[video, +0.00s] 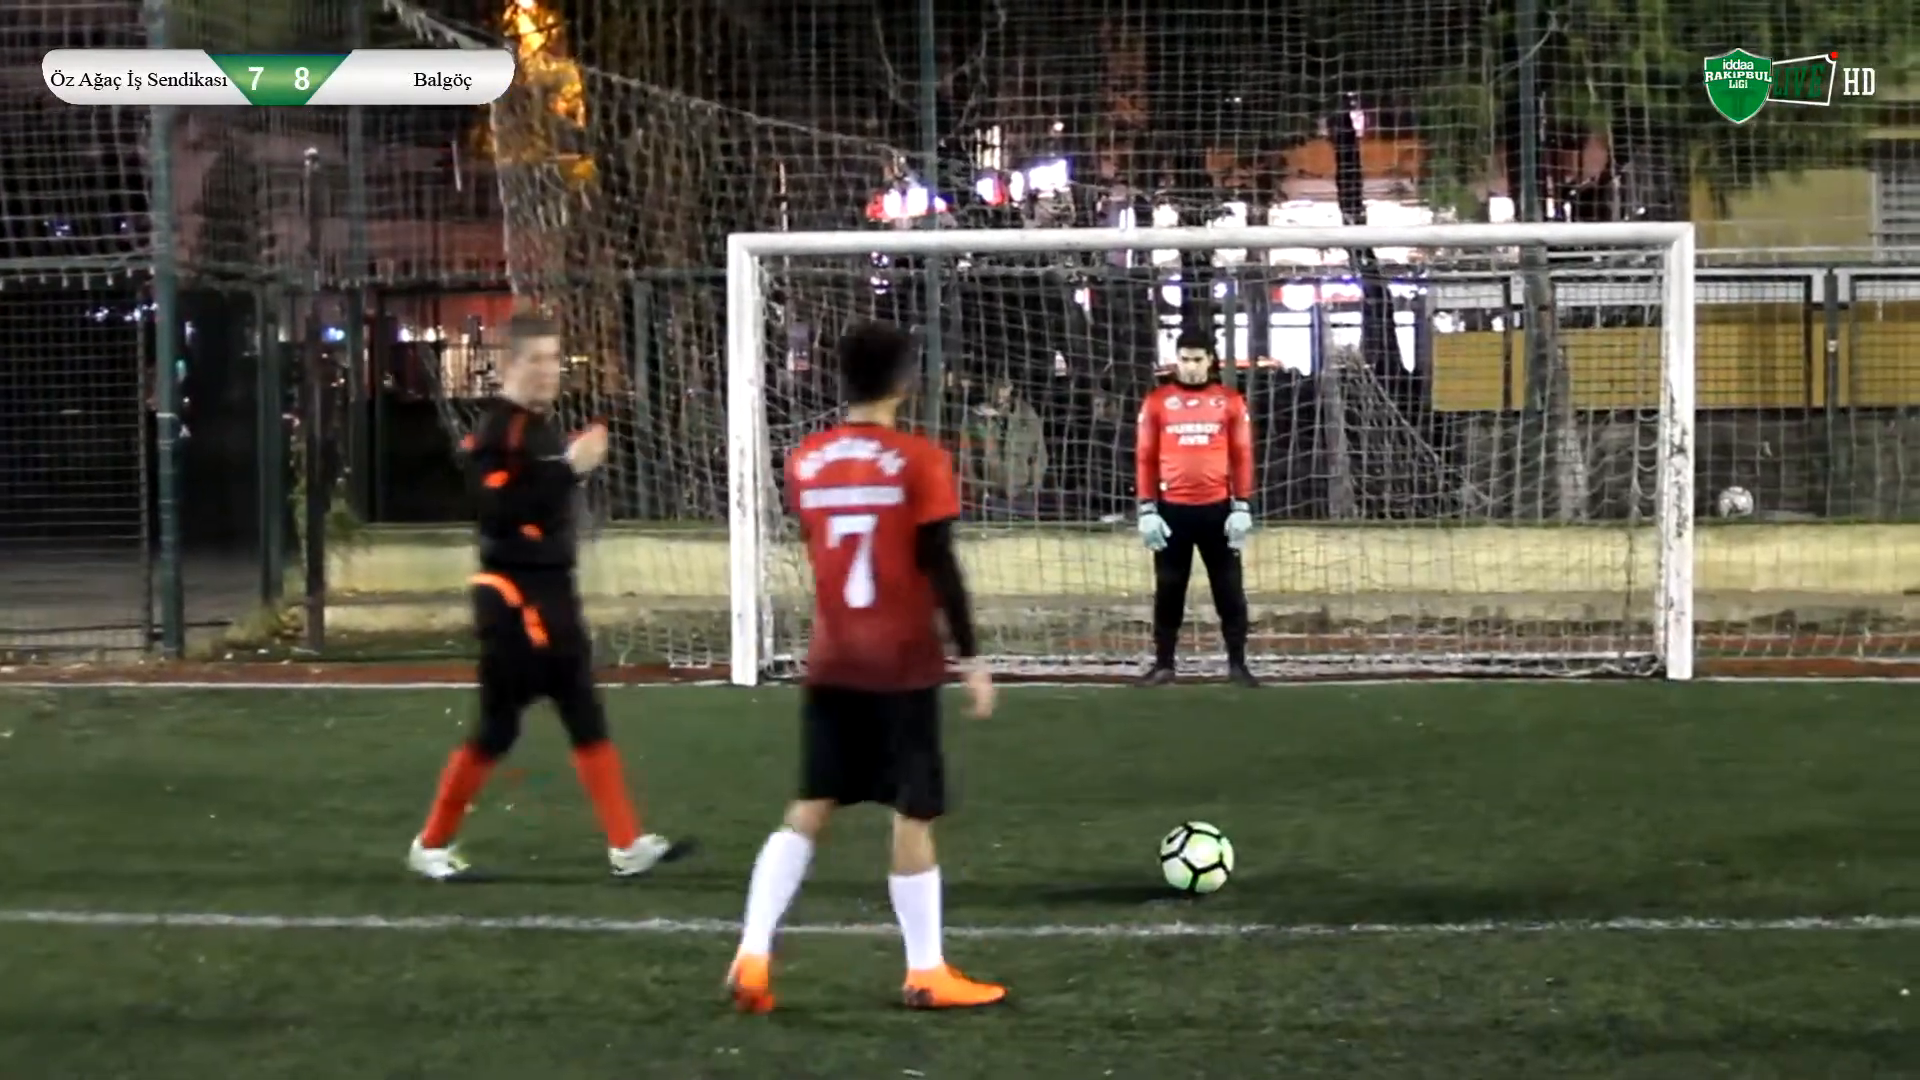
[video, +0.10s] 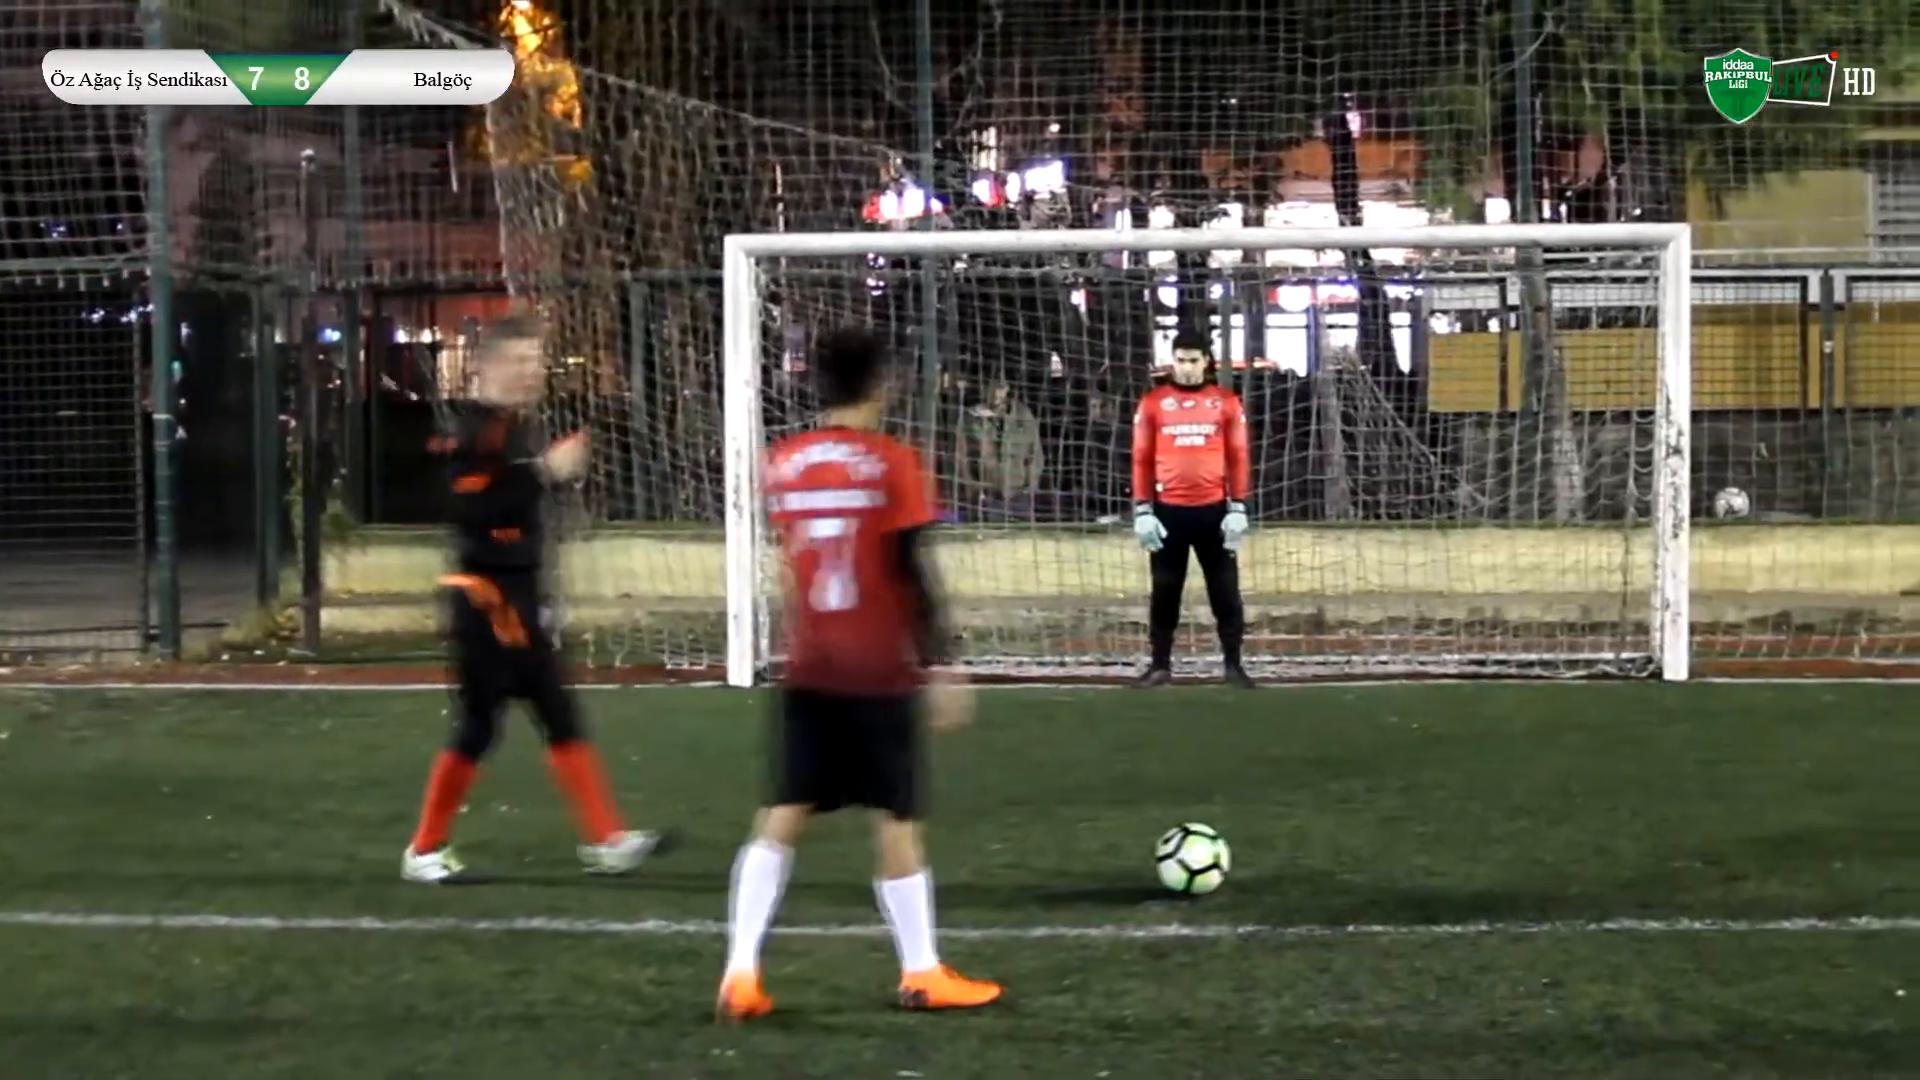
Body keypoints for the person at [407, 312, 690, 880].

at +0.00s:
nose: (550, 371)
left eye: (555, 360)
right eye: (538, 360)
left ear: (557, 366)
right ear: (508, 366)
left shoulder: (544, 428)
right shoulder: (497, 428)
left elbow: (540, 502)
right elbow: (493, 501)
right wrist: (570, 465)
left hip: (549, 586)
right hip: (510, 587)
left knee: (585, 712)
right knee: (497, 726)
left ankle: (628, 842)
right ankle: (432, 844)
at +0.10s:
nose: (528, 374)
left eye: (533, 362)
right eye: (516, 363)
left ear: (538, 370)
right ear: (487, 367)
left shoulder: (516, 431)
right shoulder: (479, 431)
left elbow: (506, 503)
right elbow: (471, 501)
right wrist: (541, 470)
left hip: (510, 592)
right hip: (485, 593)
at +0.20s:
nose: (505, 373)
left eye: (510, 361)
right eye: (494, 361)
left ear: (514, 367)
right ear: (464, 365)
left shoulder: (498, 428)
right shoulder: (450, 425)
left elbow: (493, 509)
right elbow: (445, 504)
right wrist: (520, 476)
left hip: (498, 593)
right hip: (459, 594)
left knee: (544, 711)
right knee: (465, 722)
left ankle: (575, 839)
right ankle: (422, 851)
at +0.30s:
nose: (490, 371)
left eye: (494, 358)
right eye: (478, 359)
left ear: (495, 363)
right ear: (447, 362)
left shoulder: (481, 428)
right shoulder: (434, 424)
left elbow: (479, 518)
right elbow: (426, 504)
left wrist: (503, 592)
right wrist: (501, 476)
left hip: (483, 587)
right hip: (442, 585)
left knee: (529, 705)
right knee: (456, 715)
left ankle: (533, 834)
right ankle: (424, 850)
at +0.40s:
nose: (469, 366)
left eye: (473, 355)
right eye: (457, 355)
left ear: (477, 361)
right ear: (428, 361)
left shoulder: (471, 426)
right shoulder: (413, 422)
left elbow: (467, 528)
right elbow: (411, 508)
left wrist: (497, 585)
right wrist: (486, 471)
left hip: (471, 579)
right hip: (427, 579)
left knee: (509, 696)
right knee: (447, 709)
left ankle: (493, 832)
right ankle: (425, 850)